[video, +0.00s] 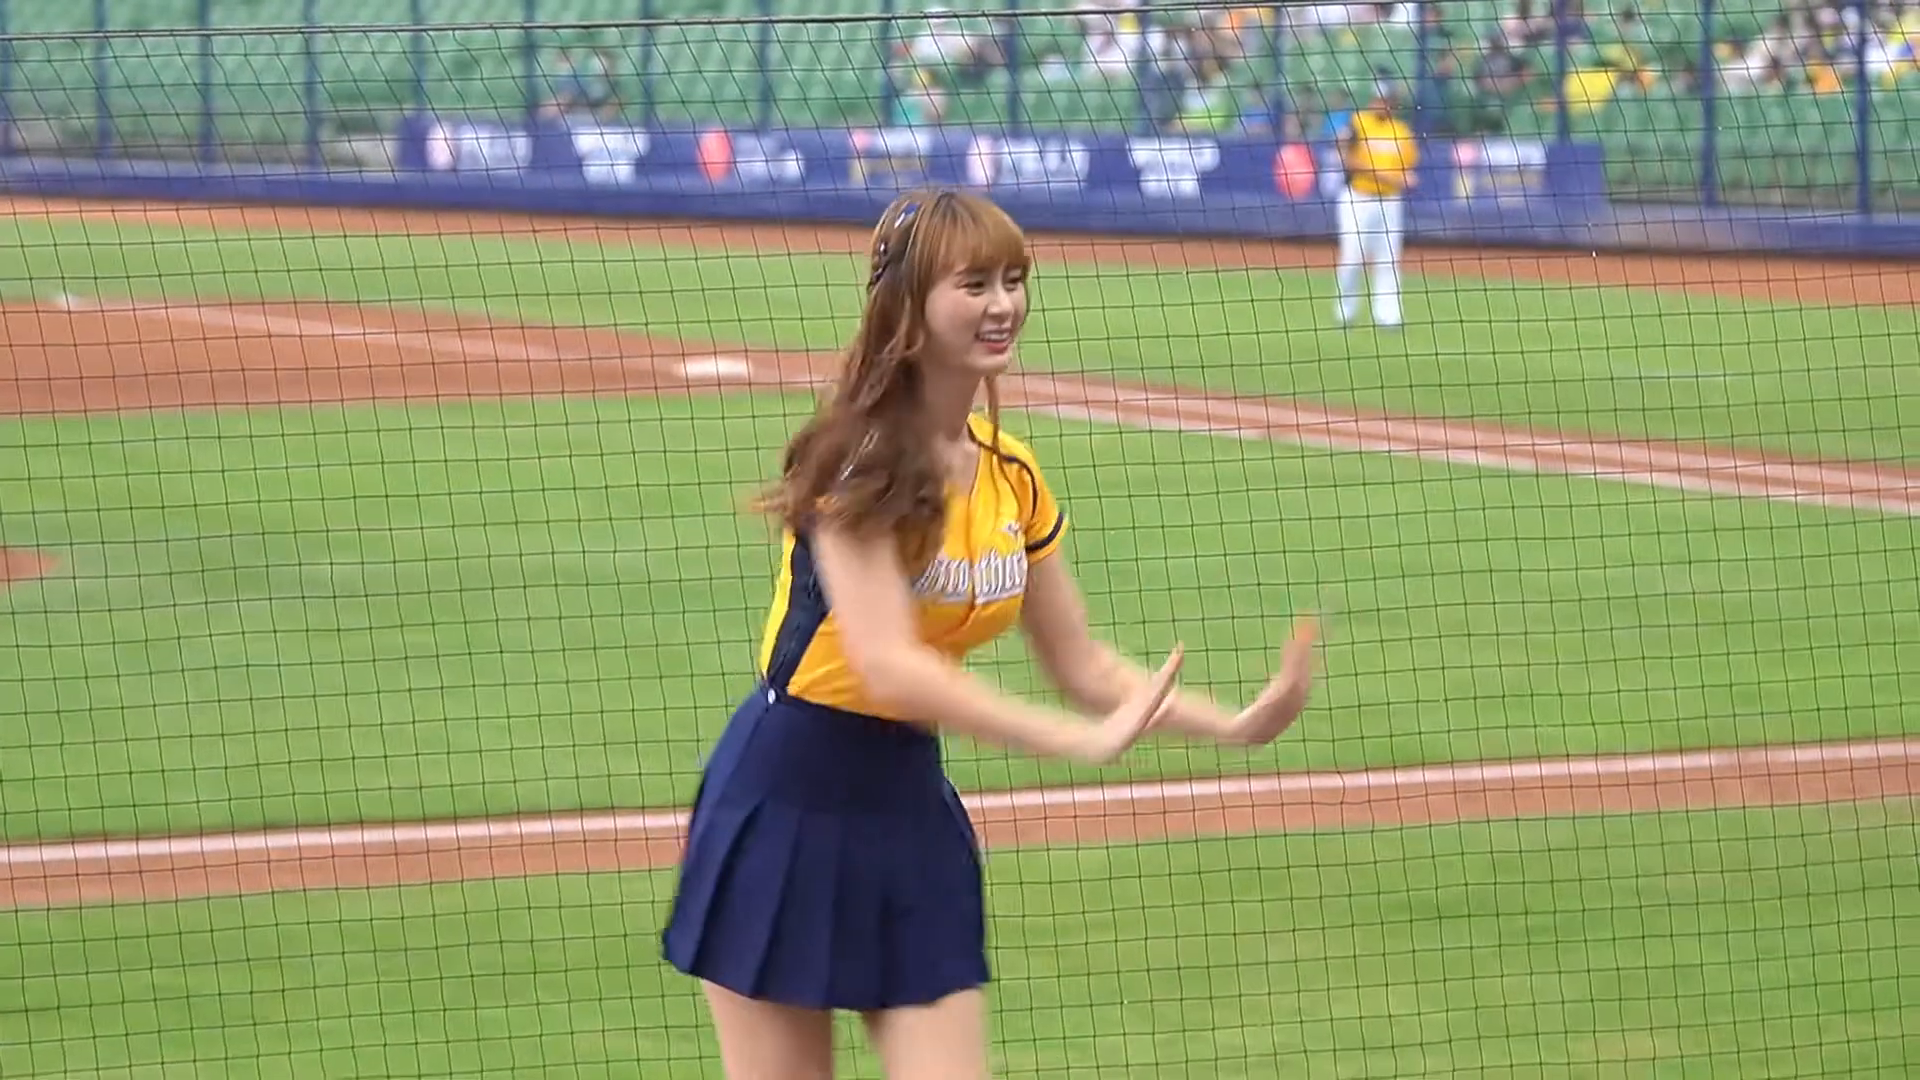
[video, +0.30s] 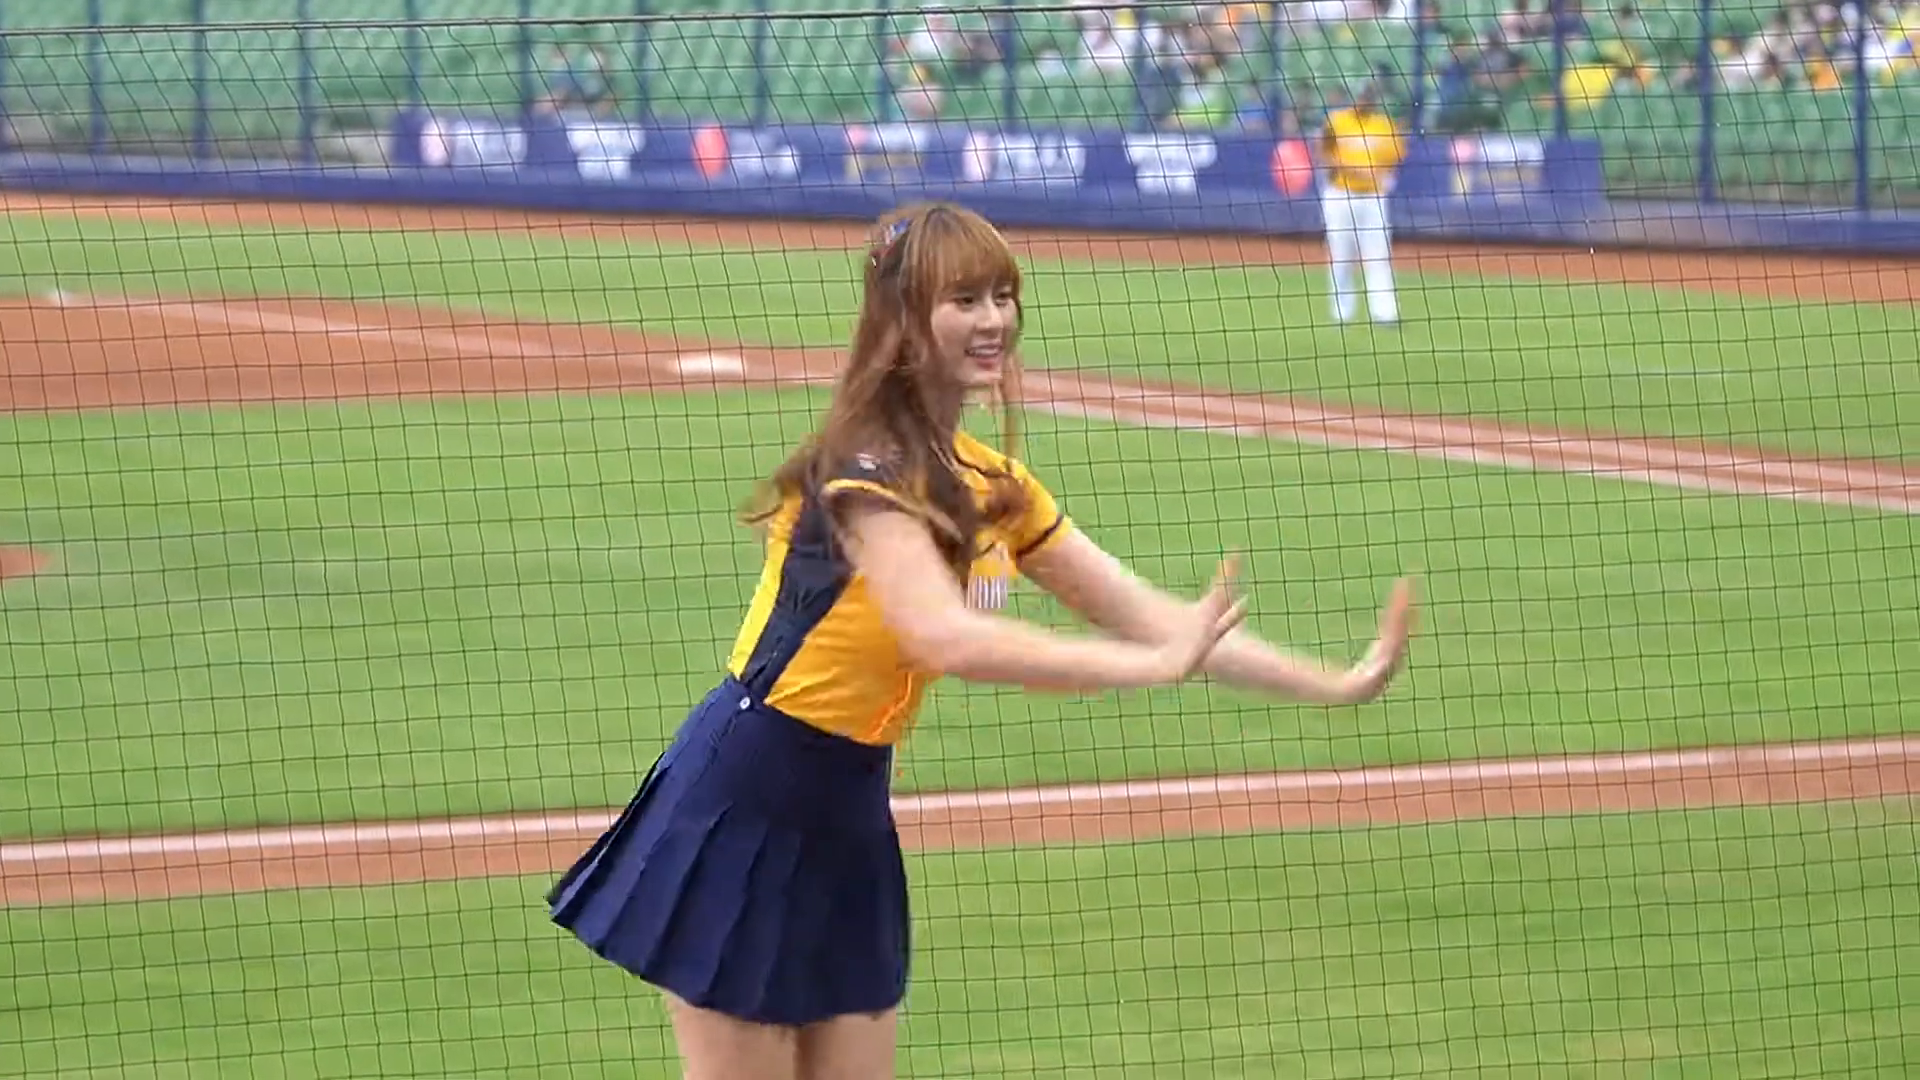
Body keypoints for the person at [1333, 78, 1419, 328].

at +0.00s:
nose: (1384, 106)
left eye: (1388, 101)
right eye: (1379, 100)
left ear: (1395, 102)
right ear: (1372, 100)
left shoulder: (1402, 130)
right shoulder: (1358, 122)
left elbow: (1409, 171)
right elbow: (1345, 158)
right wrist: (1384, 174)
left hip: (1390, 200)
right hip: (1358, 198)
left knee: (1388, 258)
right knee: (1353, 256)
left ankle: (1388, 313)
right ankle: (1345, 310)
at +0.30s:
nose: (1366, 101)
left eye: (1371, 97)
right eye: (1363, 95)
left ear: (1378, 99)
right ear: (1356, 96)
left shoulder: (1385, 125)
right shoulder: (1336, 121)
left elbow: (1395, 156)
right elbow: (1322, 153)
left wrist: (1379, 174)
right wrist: (1348, 170)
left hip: (1373, 196)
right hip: (1339, 196)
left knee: (1377, 253)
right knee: (1341, 255)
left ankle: (1384, 310)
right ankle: (1342, 310)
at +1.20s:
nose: (1375, 76)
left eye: (1379, 71)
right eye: (1371, 71)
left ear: (1387, 72)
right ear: (1363, 74)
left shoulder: (1405, 97)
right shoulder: (1354, 100)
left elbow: (1421, 128)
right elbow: (1344, 133)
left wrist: (1400, 152)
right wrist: (1366, 154)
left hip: (1400, 171)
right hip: (1365, 172)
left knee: (1401, 230)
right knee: (1371, 230)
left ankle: (1395, 283)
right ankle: (1374, 288)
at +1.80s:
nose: (1407, 55)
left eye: (1411, 49)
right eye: (1402, 50)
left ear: (1418, 53)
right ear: (1395, 52)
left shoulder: (1431, 85)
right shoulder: (1382, 77)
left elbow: (1437, 128)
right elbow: (1367, 105)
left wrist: (1436, 163)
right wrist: (1373, 137)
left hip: (1416, 157)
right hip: (1383, 154)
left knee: (1410, 214)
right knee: (1386, 212)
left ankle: (1406, 270)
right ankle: (1384, 269)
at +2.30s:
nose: (1417, 31)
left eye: (1422, 25)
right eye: (1413, 25)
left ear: (1429, 28)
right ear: (1406, 27)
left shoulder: (1443, 56)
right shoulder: (1391, 50)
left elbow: (1457, 99)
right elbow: (1380, 86)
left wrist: (1460, 133)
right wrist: (1376, 118)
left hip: (1430, 132)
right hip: (1394, 130)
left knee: (1426, 191)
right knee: (1384, 188)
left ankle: (1425, 250)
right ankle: (1377, 244)